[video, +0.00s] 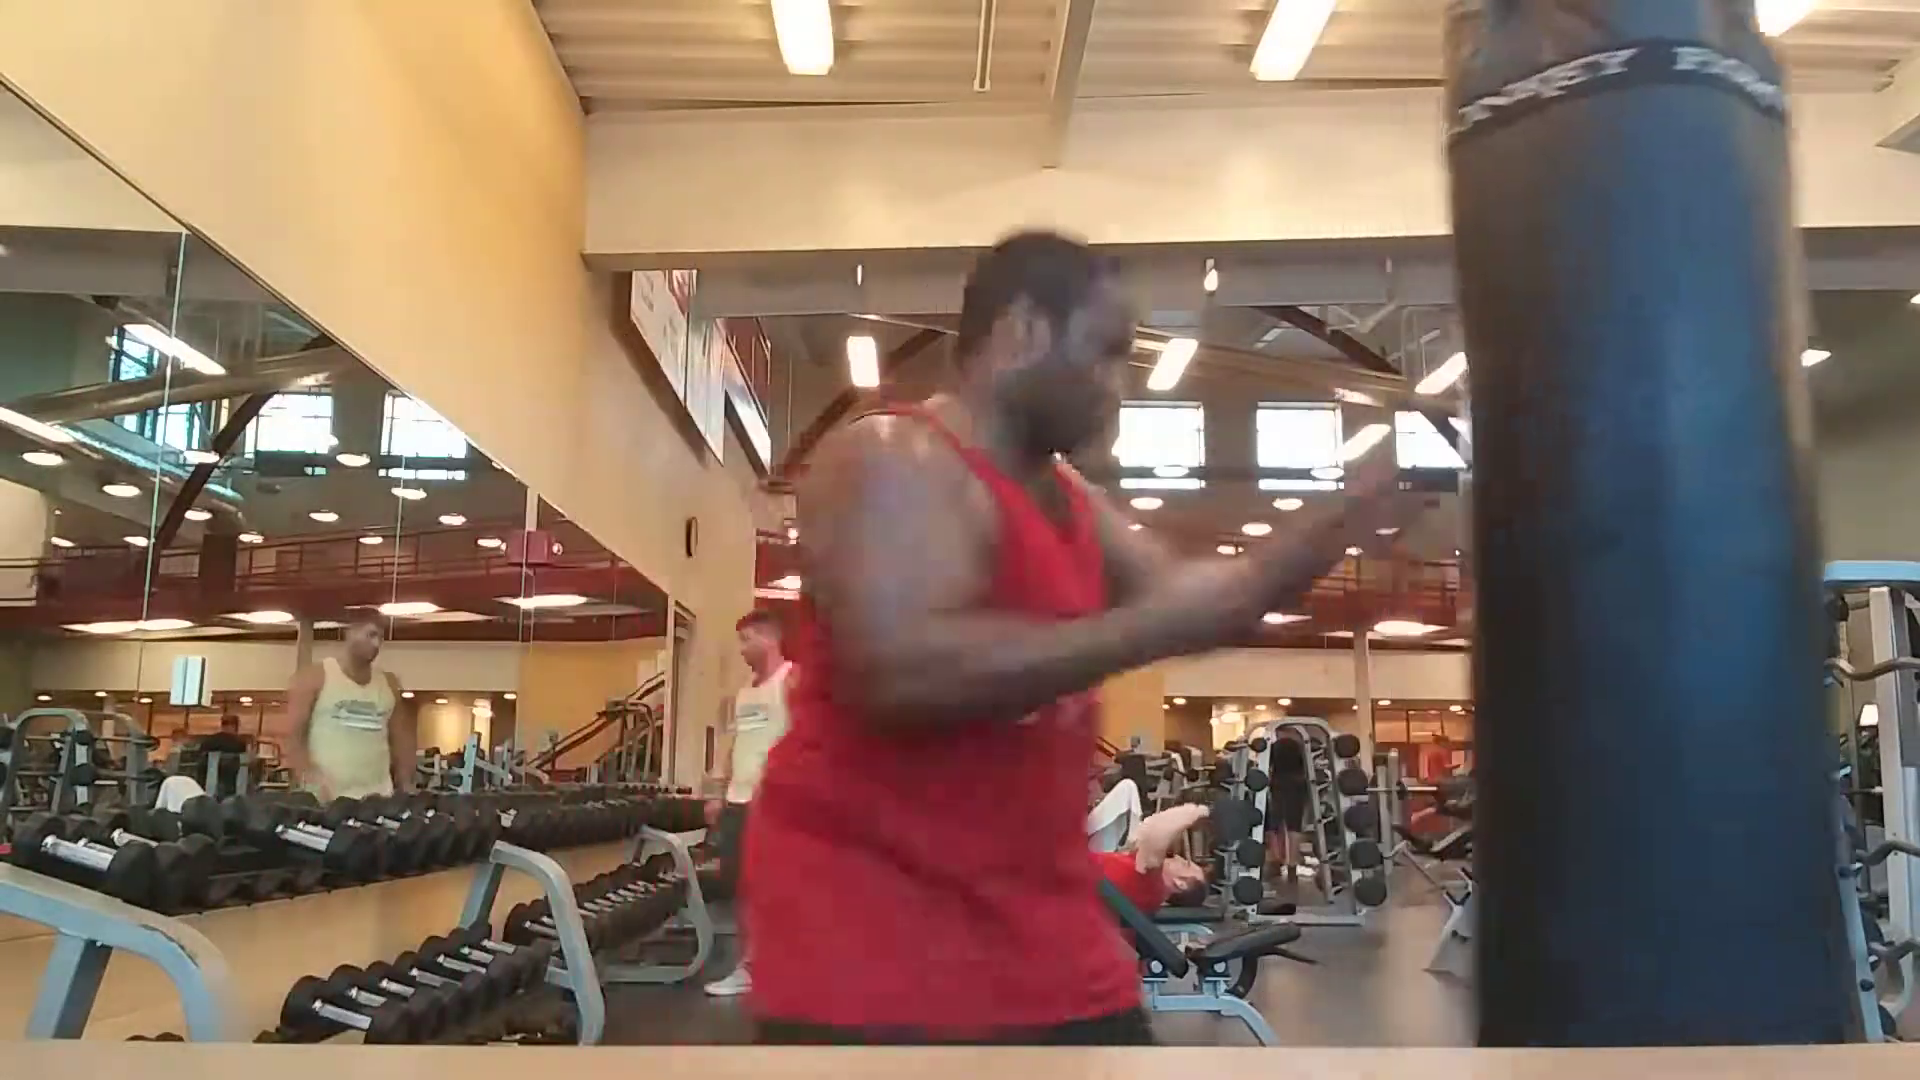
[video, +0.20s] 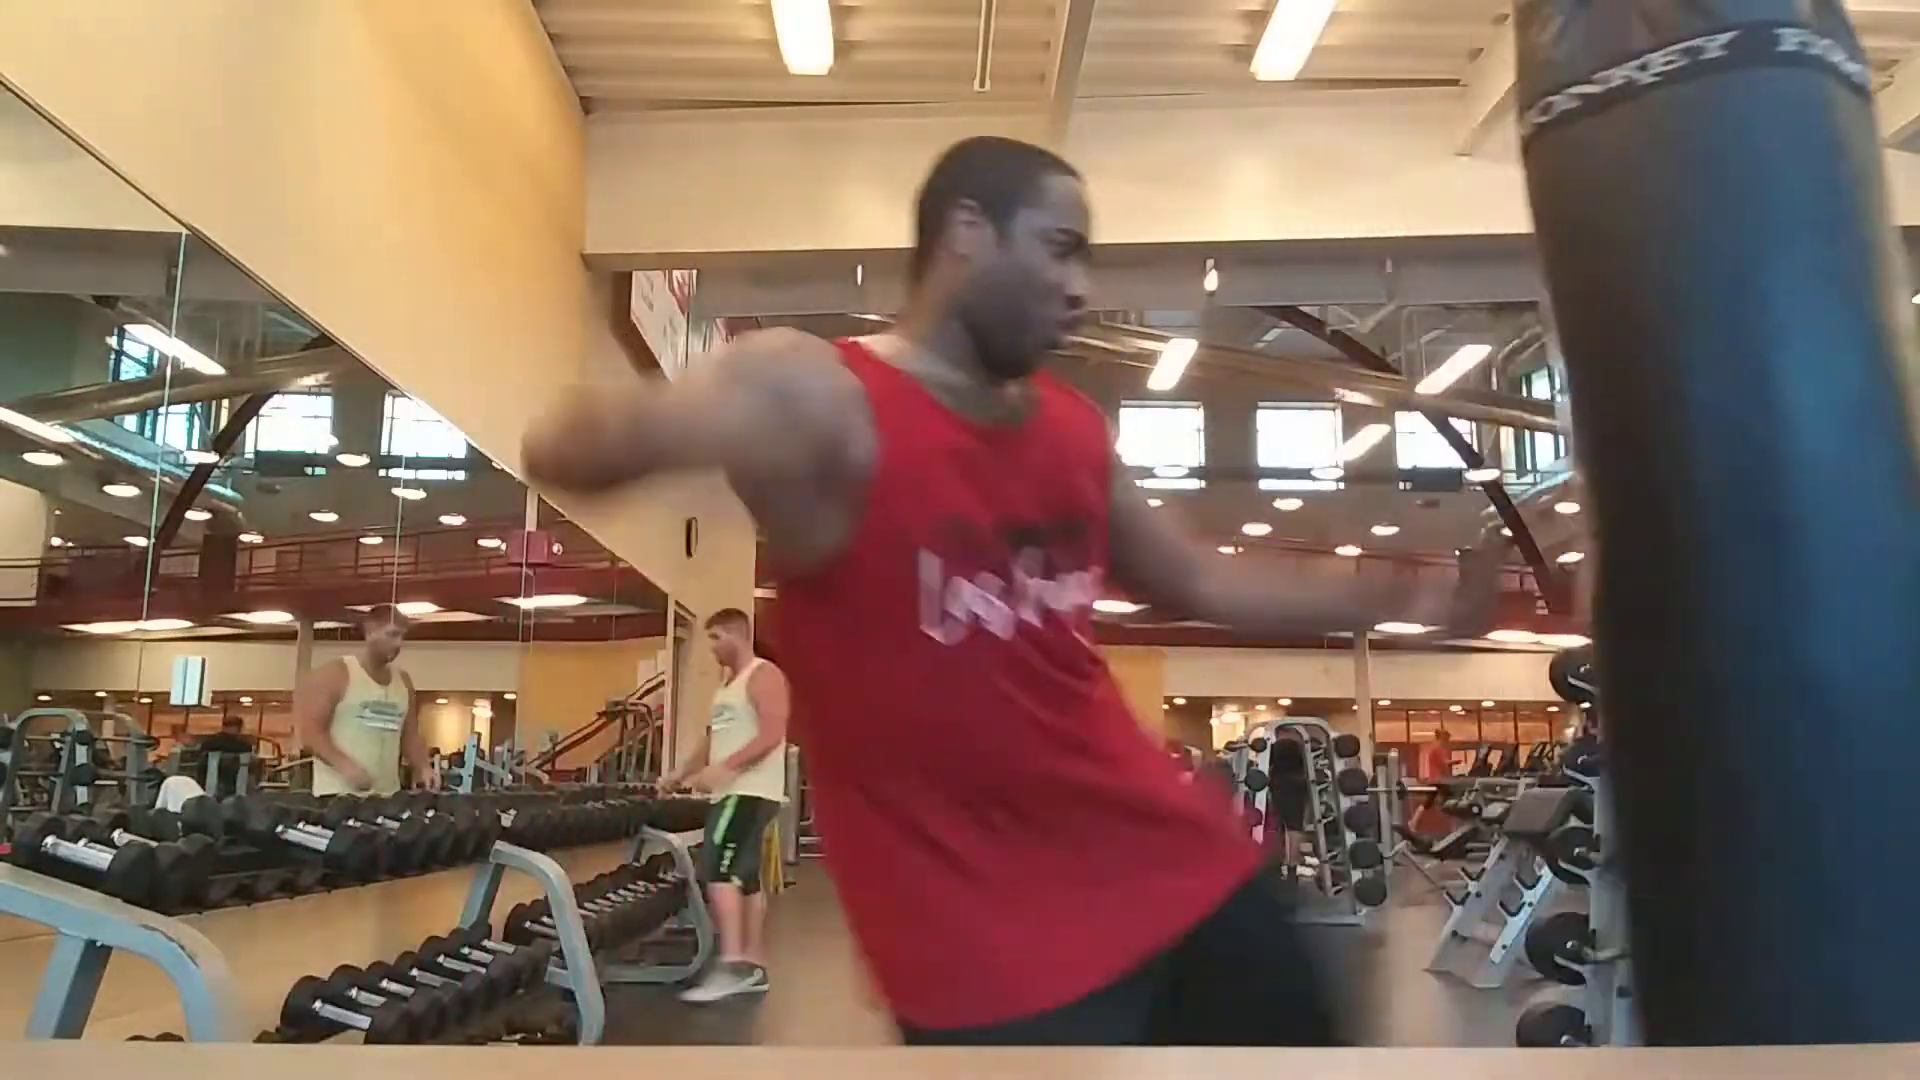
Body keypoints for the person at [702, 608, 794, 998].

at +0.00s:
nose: (742, 648)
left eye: (749, 639)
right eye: (740, 640)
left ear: (772, 639)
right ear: (746, 644)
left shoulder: (792, 679)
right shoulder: (745, 692)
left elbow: (802, 736)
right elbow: (734, 747)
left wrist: (786, 789)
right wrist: (721, 794)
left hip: (775, 798)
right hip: (740, 798)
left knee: (766, 879)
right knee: (741, 882)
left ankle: (755, 964)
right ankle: (747, 962)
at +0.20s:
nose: (712, 646)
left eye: (716, 637)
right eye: (710, 639)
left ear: (738, 634)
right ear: (723, 640)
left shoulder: (765, 675)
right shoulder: (728, 684)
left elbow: (772, 735)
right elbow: (711, 742)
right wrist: (679, 778)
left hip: (754, 790)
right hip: (731, 790)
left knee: (718, 872)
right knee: (748, 880)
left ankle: (731, 964)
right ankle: (751, 962)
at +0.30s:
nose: (694, 648)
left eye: (698, 639)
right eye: (693, 641)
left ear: (718, 636)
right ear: (713, 639)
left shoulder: (747, 675)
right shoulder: (720, 684)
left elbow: (743, 737)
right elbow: (709, 742)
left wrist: (688, 766)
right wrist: (674, 765)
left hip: (739, 791)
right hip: (727, 790)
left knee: (704, 880)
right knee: (745, 883)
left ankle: (693, 970)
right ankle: (753, 967)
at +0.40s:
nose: (677, 649)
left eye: (681, 640)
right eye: (676, 642)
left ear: (701, 637)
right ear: (704, 638)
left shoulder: (722, 678)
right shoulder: (729, 678)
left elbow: (709, 742)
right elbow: (711, 744)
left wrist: (653, 766)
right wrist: (666, 764)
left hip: (721, 795)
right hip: (740, 796)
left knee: (697, 884)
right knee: (740, 883)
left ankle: (685, 980)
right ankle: (752, 969)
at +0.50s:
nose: (659, 651)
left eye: (661, 642)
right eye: (657, 643)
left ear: (679, 636)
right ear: (687, 636)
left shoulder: (699, 671)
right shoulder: (711, 671)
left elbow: (679, 741)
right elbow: (689, 741)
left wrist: (619, 775)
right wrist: (640, 767)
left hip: (714, 794)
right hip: (732, 793)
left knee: (696, 887)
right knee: (735, 882)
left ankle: (687, 981)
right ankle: (751, 968)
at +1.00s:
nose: (607, 665)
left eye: (605, 656)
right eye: (603, 658)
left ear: (619, 648)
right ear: (636, 642)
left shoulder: (643, 683)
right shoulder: (670, 669)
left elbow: (632, 756)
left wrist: (598, 796)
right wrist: (615, 776)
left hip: (696, 792)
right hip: (734, 780)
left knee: (689, 891)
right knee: (753, 873)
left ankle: (687, 984)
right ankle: (780, 951)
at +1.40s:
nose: (623, 657)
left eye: (621, 650)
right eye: (621, 650)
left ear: (626, 645)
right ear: (655, 634)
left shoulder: (645, 676)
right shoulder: (691, 662)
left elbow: (628, 751)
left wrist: (593, 794)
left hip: (686, 794)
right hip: (726, 787)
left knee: (683, 892)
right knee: (717, 885)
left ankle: (685, 984)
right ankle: (723, 974)